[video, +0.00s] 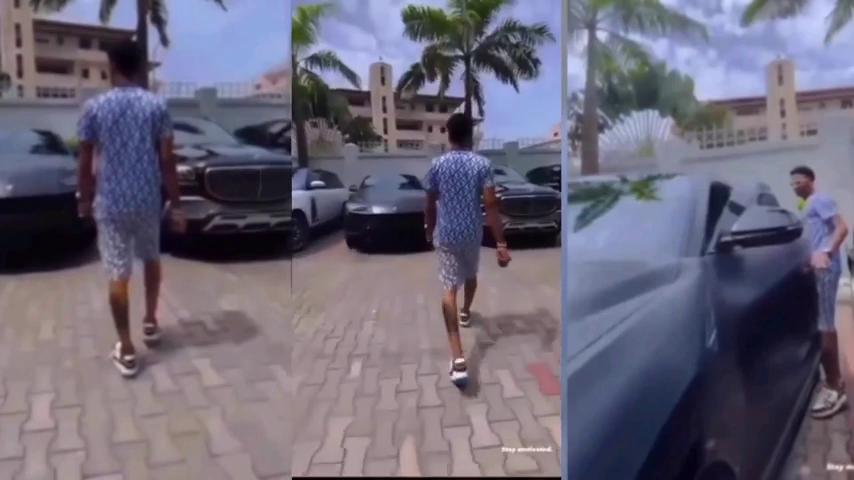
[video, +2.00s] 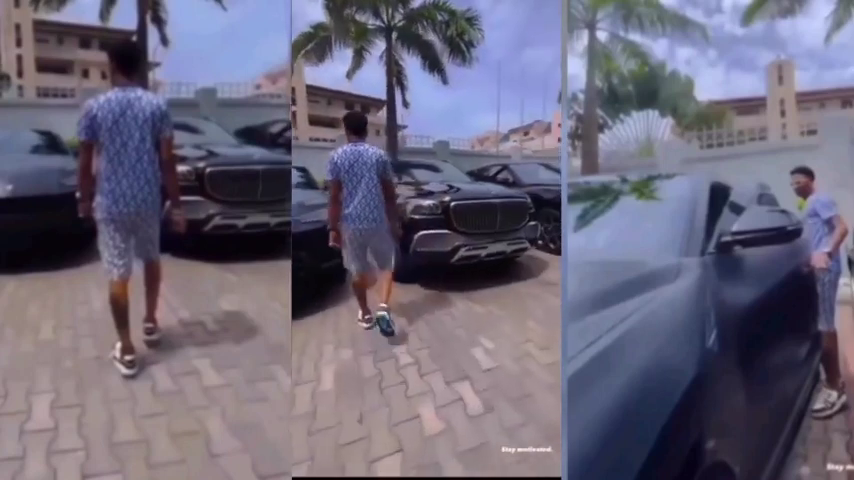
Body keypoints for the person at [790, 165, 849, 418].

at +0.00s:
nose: (796, 187)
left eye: (799, 183)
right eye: (793, 184)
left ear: (811, 181)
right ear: (797, 185)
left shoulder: (821, 201)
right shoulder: (809, 205)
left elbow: (842, 227)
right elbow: (820, 234)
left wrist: (827, 253)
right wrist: (810, 255)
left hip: (825, 268)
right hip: (815, 268)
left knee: (825, 327)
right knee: (822, 327)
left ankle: (834, 388)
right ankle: (830, 385)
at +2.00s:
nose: (796, 187)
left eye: (799, 183)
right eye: (793, 184)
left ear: (811, 181)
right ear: (797, 185)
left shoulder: (821, 201)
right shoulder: (809, 205)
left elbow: (842, 227)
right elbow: (820, 234)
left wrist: (827, 253)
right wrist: (810, 255)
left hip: (825, 268)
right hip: (815, 268)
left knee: (825, 327)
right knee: (822, 327)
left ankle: (834, 388)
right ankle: (830, 385)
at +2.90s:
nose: (796, 187)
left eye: (799, 183)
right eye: (793, 184)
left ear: (811, 181)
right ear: (797, 185)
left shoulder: (821, 201)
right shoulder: (809, 205)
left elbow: (842, 227)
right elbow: (820, 234)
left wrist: (827, 253)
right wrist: (810, 255)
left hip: (825, 268)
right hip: (815, 268)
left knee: (825, 327)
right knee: (822, 327)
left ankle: (834, 388)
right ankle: (830, 385)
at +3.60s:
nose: (796, 187)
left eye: (799, 183)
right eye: (793, 184)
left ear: (811, 181)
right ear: (797, 185)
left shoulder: (821, 201)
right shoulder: (809, 205)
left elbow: (842, 227)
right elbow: (820, 234)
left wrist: (827, 253)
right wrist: (810, 255)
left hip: (825, 268)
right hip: (815, 268)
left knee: (825, 327)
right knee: (822, 327)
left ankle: (834, 388)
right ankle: (830, 385)